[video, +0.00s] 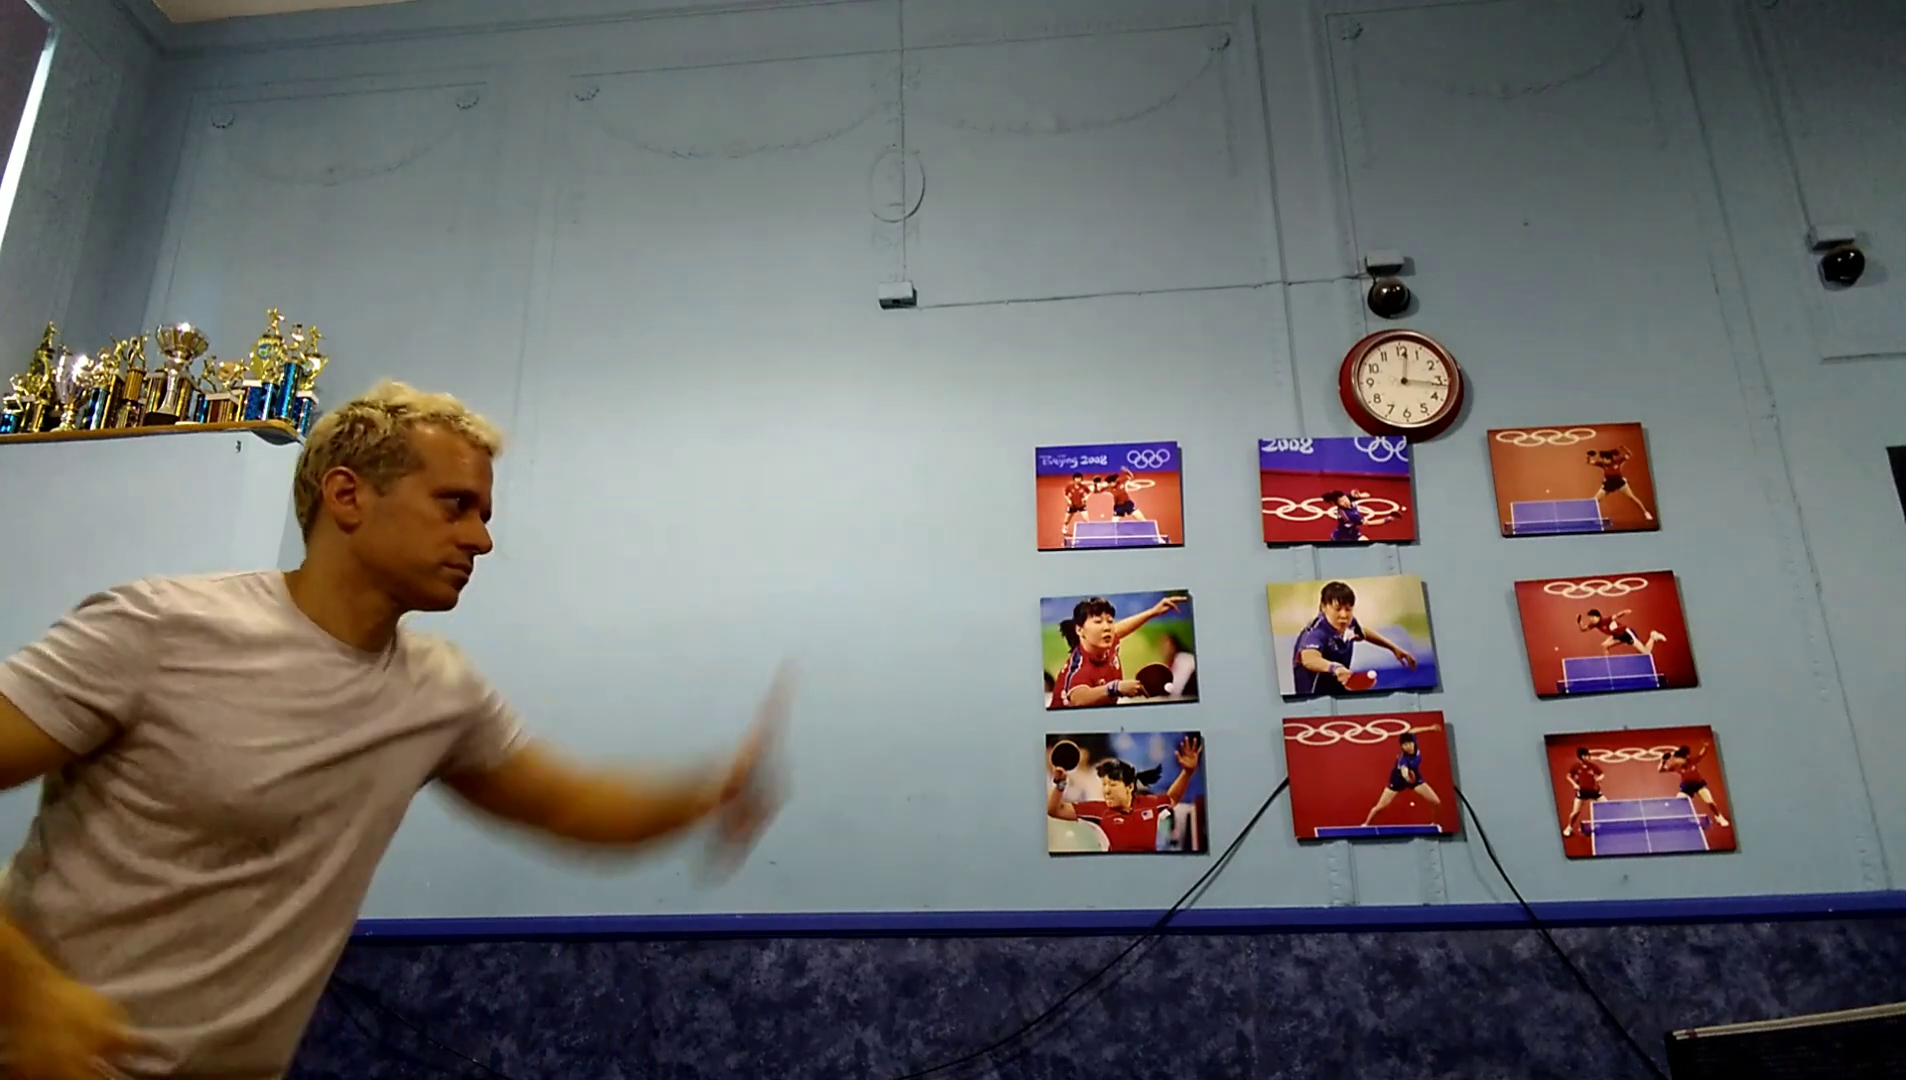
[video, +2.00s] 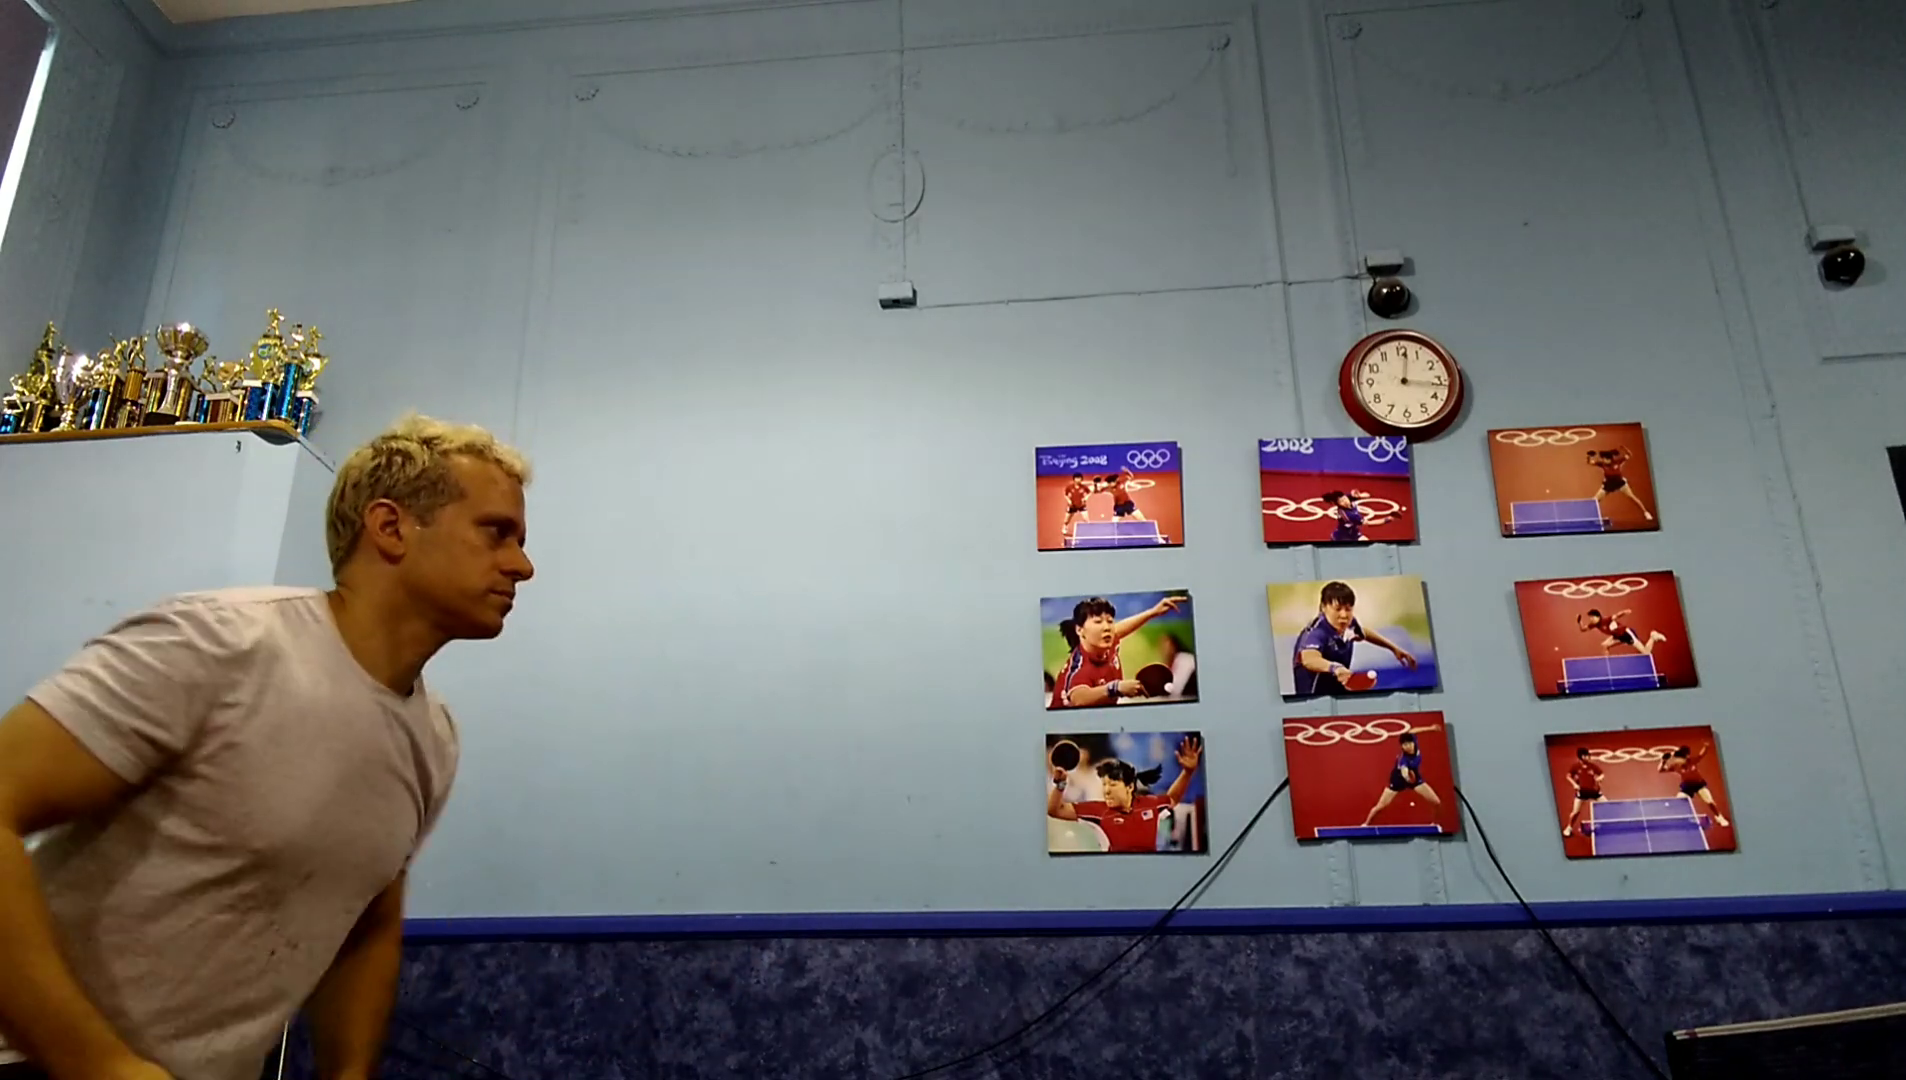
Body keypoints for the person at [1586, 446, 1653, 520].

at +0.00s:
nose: (1605, 461)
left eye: (1606, 460)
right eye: (1603, 460)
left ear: (1610, 459)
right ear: (1603, 459)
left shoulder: (1618, 462)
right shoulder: (1602, 464)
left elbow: (1629, 456)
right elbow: (1590, 463)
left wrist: (1624, 448)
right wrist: (1589, 457)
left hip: (1620, 482)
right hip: (1608, 483)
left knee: (1631, 497)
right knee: (1595, 499)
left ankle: (1645, 512)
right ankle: (1592, 518)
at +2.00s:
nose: (1605, 461)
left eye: (1606, 460)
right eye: (1604, 460)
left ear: (1610, 459)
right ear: (1603, 459)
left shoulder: (1617, 462)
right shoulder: (1602, 464)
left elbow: (1629, 456)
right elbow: (1590, 463)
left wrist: (1624, 449)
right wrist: (1589, 457)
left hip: (1620, 482)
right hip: (1608, 483)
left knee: (1632, 497)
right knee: (1595, 499)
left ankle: (1645, 512)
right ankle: (1592, 519)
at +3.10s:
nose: (1605, 461)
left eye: (1606, 460)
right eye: (1603, 460)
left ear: (1610, 459)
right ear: (1603, 459)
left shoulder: (1617, 461)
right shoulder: (1602, 464)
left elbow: (1629, 457)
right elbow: (1590, 463)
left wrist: (1624, 449)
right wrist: (1589, 457)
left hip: (1620, 482)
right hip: (1608, 483)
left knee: (1632, 497)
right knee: (1595, 499)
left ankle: (1645, 512)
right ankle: (1592, 519)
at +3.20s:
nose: (1605, 461)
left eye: (1606, 460)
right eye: (1603, 460)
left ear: (1610, 459)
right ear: (1603, 459)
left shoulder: (1617, 461)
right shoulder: (1602, 464)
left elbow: (1629, 457)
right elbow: (1590, 463)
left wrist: (1624, 449)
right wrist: (1589, 457)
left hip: (1620, 482)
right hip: (1608, 483)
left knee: (1632, 497)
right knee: (1595, 499)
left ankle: (1645, 512)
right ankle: (1592, 519)